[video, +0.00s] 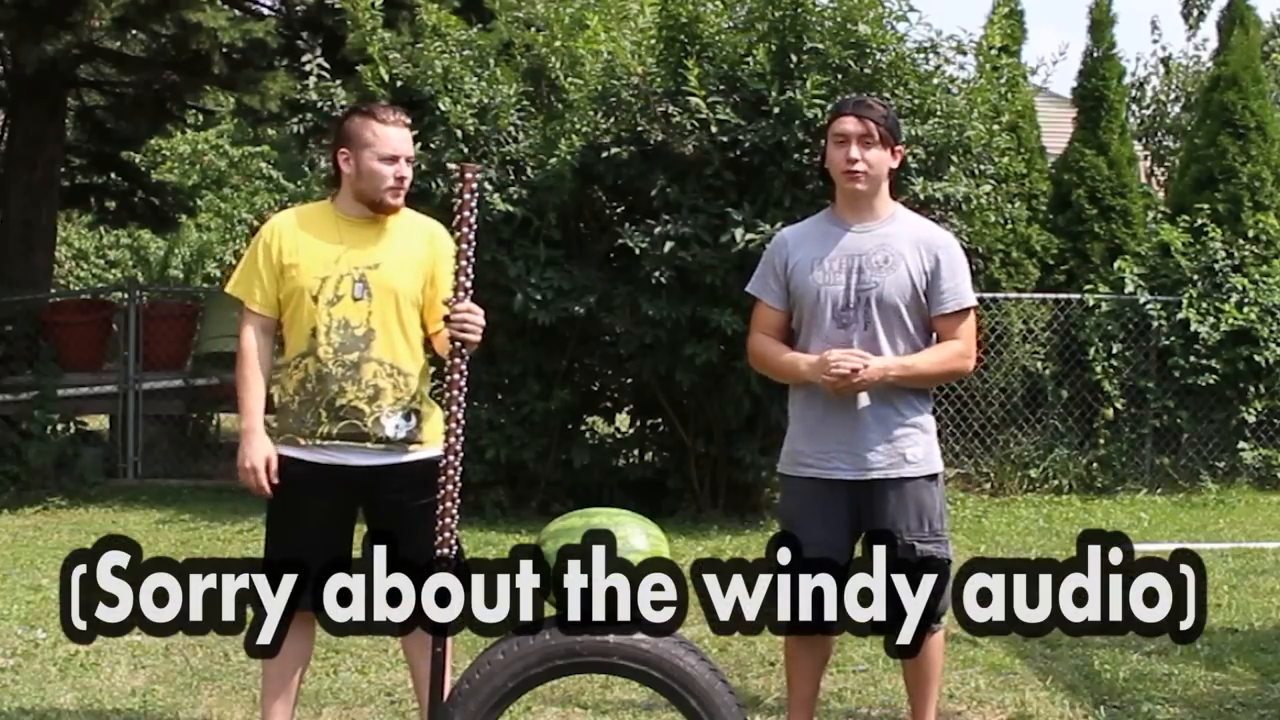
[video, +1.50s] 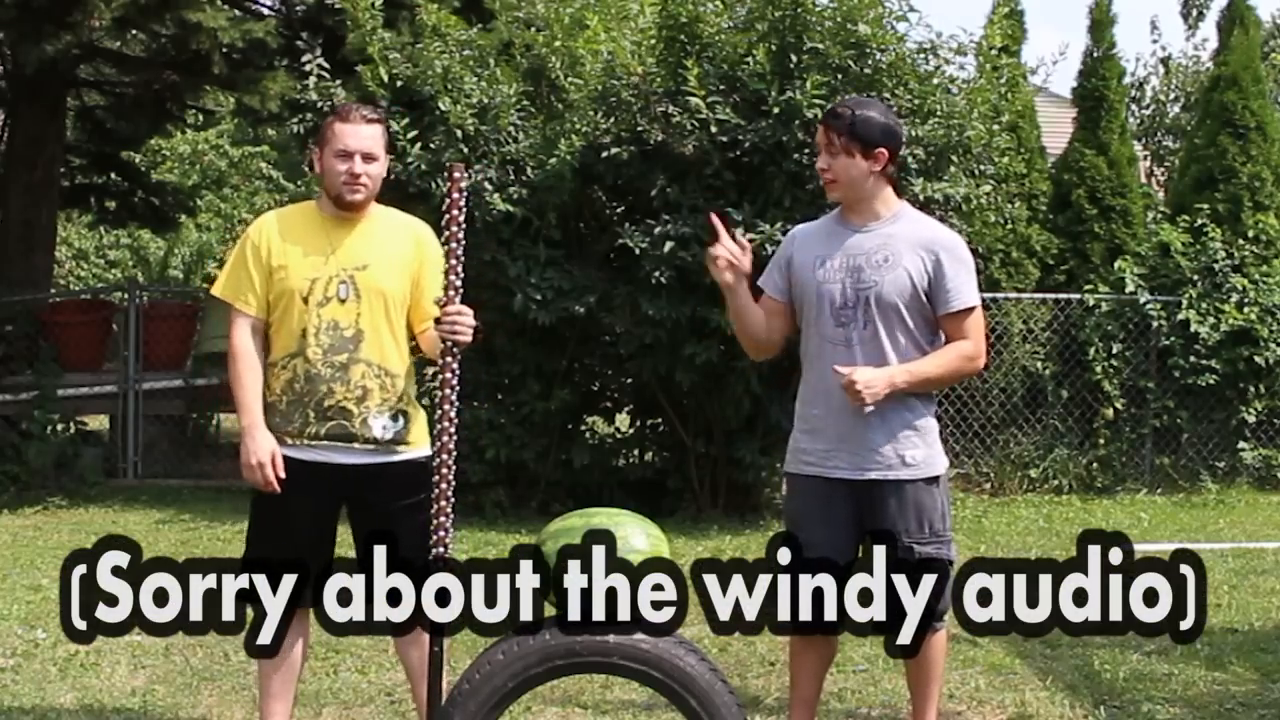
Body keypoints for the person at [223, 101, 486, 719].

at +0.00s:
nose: (403, 171)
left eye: (408, 160)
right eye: (388, 160)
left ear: (413, 163)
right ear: (344, 162)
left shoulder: (430, 239)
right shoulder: (285, 233)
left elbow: (442, 336)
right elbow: (257, 333)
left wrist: (467, 333)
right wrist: (252, 429)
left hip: (410, 460)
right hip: (309, 457)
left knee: (426, 604)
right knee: (294, 602)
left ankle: (439, 715)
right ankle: (275, 716)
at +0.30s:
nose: (405, 178)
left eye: (411, 166)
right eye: (389, 166)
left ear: (417, 166)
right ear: (347, 166)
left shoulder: (434, 238)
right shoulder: (290, 233)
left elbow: (447, 333)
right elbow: (259, 331)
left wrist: (472, 331)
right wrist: (242, 427)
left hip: (412, 463)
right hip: (310, 460)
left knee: (427, 608)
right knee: (293, 605)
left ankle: (439, 716)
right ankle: (275, 717)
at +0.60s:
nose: (396, 173)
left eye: (404, 161)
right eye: (380, 161)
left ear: (413, 164)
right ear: (341, 164)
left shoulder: (432, 239)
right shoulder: (286, 231)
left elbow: (442, 334)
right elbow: (262, 327)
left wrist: (466, 333)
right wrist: (263, 420)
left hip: (404, 462)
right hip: (306, 457)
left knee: (422, 604)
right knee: (289, 602)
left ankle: (438, 715)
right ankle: (275, 717)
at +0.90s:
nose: (360, 169)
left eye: (374, 158)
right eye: (349, 155)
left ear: (391, 169)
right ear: (324, 159)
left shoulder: (416, 242)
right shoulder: (272, 230)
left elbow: (430, 342)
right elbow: (241, 324)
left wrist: (457, 335)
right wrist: (232, 422)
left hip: (383, 457)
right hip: (284, 453)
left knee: (410, 605)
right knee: (276, 601)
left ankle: (436, 715)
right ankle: (273, 717)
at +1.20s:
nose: (354, 170)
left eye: (367, 159)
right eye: (342, 156)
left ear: (383, 169)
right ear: (315, 159)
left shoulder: (406, 242)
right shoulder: (262, 230)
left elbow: (423, 344)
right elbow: (229, 327)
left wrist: (452, 336)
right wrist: (221, 428)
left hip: (378, 458)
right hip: (278, 454)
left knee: (404, 603)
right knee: (270, 603)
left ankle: (432, 714)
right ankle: (273, 718)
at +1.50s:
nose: (356, 168)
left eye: (370, 157)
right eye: (344, 154)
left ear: (386, 166)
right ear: (316, 160)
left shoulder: (415, 238)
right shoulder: (271, 233)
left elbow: (429, 337)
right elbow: (245, 333)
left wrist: (454, 333)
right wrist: (253, 428)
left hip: (395, 459)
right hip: (297, 455)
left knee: (414, 605)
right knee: (282, 604)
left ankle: (434, 714)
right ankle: (274, 717)